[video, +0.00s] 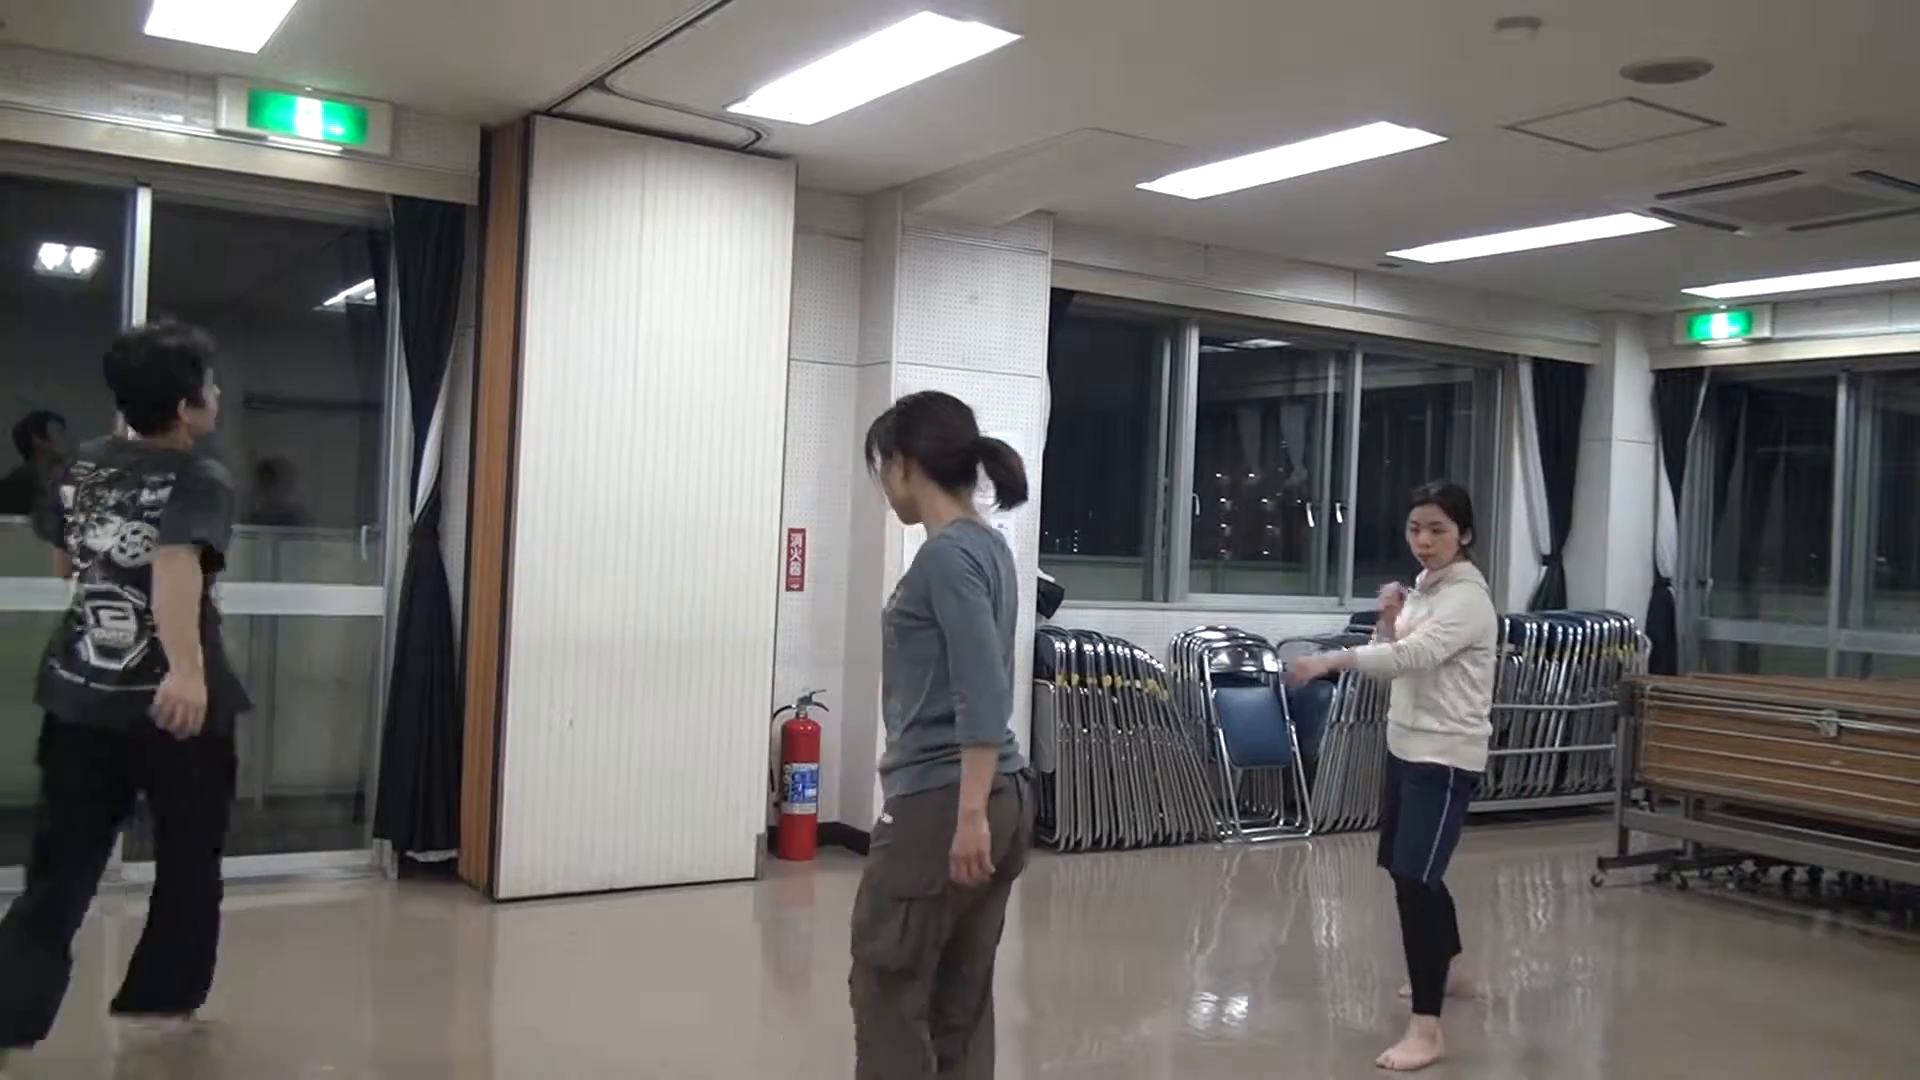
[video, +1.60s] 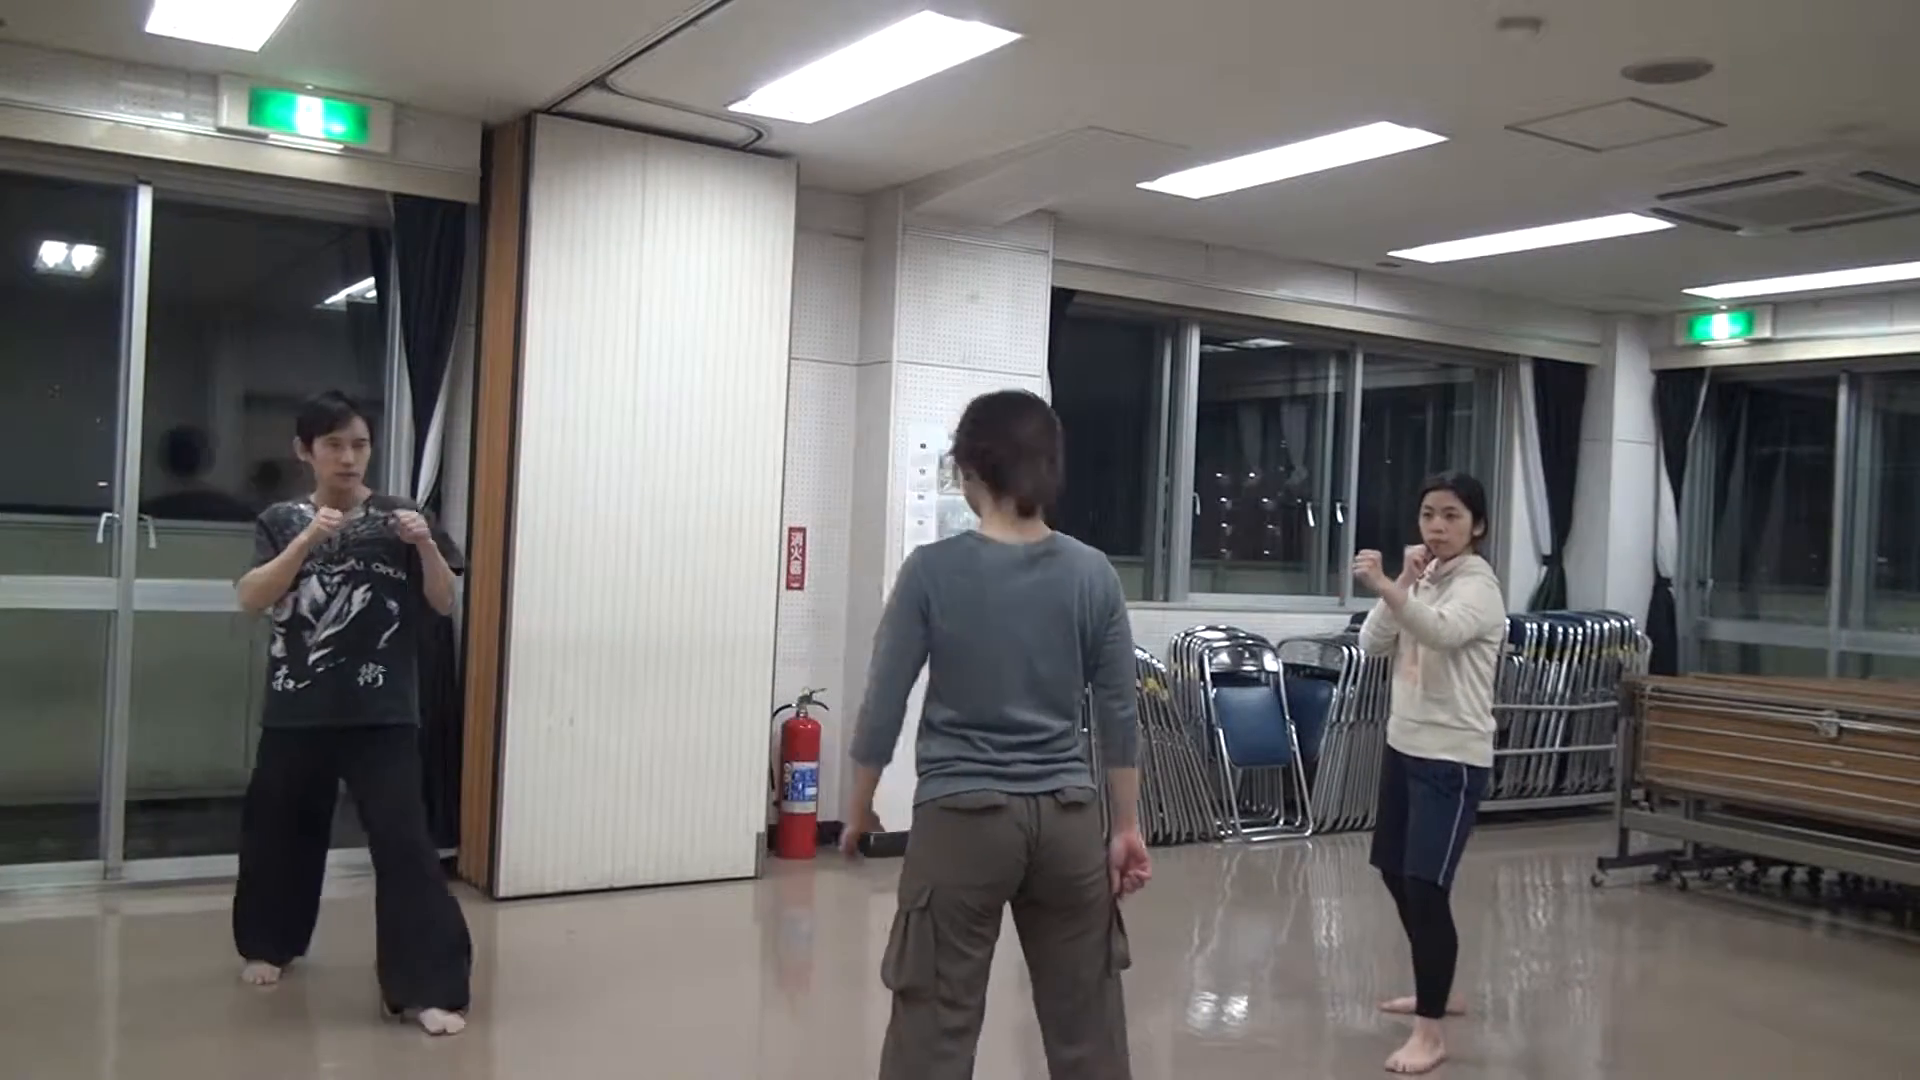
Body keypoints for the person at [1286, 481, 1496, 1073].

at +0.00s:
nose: (1423, 540)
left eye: (1435, 529)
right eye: (1415, 530)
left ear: (1462, 535)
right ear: (1409, 534)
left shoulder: (1467, 595)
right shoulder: (1423, 588)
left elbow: (1420, 654)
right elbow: (1402, 661)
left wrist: (1331, 662)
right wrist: (1391, 624)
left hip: (1444, 757)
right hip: (1407, 750)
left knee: (1416, 877)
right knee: (1398, 860)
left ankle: (1426, 1029)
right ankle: (1447, 968)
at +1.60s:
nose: (1436, 524)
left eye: (1450, 515)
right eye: (1429, 513)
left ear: (1476, 525)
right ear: (1419, 521)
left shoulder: (1479, 583)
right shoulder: (1420, 580)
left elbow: (1447, 631)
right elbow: (1372, 643)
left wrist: (1389, 588)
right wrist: (1403, 587)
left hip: (1451, 757)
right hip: (1405, 749)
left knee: (1426, 887)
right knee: (1391, 865)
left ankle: (1429, 1033)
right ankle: (1437, 991)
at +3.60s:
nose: (1433, 524)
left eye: (1447, 514)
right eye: (1426, 514)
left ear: (1475, 523)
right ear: (1418, 521)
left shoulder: (1477, 581)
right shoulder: (1422, 580)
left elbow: (1440, 630)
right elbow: (1375, 644)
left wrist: (1380, 588)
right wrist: (1404, 588)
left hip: (1447, 754)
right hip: (1406, 747)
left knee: (1425, 882)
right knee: (1409, 872)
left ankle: (1426, 1033)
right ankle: (1443, 988)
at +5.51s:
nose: (1439, 531)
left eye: (1452, 521)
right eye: (1430, 520)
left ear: (1475, 528)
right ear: (1419, 524)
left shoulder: (1479, 582)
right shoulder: (1416, 582)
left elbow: (1461, 637)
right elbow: (1372, 648)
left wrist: (1405, 593)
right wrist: (1404, 591)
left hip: (1456, 758)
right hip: (1408, 752)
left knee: (1429, 887)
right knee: (1390, 864)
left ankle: (1428, 1034)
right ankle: (1437, 986)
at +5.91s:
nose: (1439, 531)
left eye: (1452, 521)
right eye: (1429, 521)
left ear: (1474, 529)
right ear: (1417, 527)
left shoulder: (1480, 583)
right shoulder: (1414, 584)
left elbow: (1467, 639)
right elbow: (1377, 649)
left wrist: (1418, 599)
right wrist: (1402, 601)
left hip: (1456, 757)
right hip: (1402, 748)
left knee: (1434, 888)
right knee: (1394, 871)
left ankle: (1431, 1028)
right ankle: (1438, 982)